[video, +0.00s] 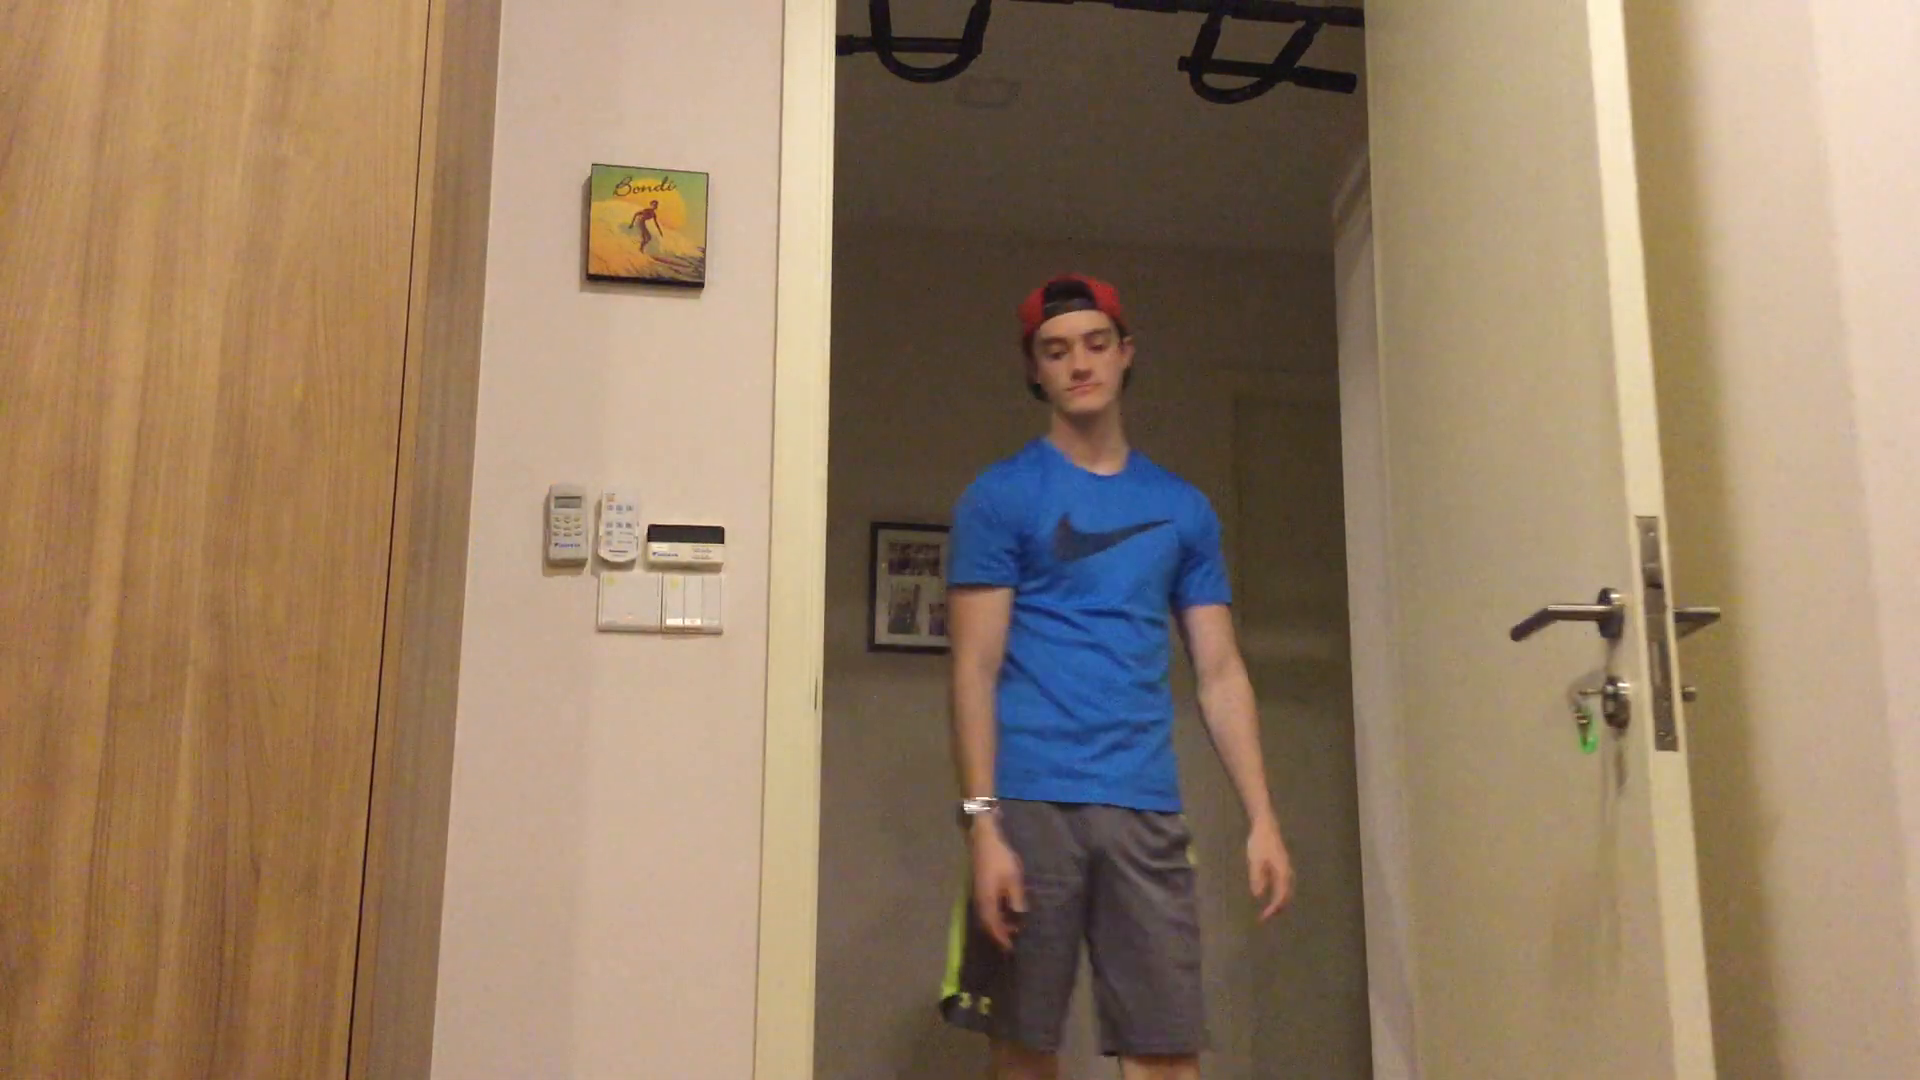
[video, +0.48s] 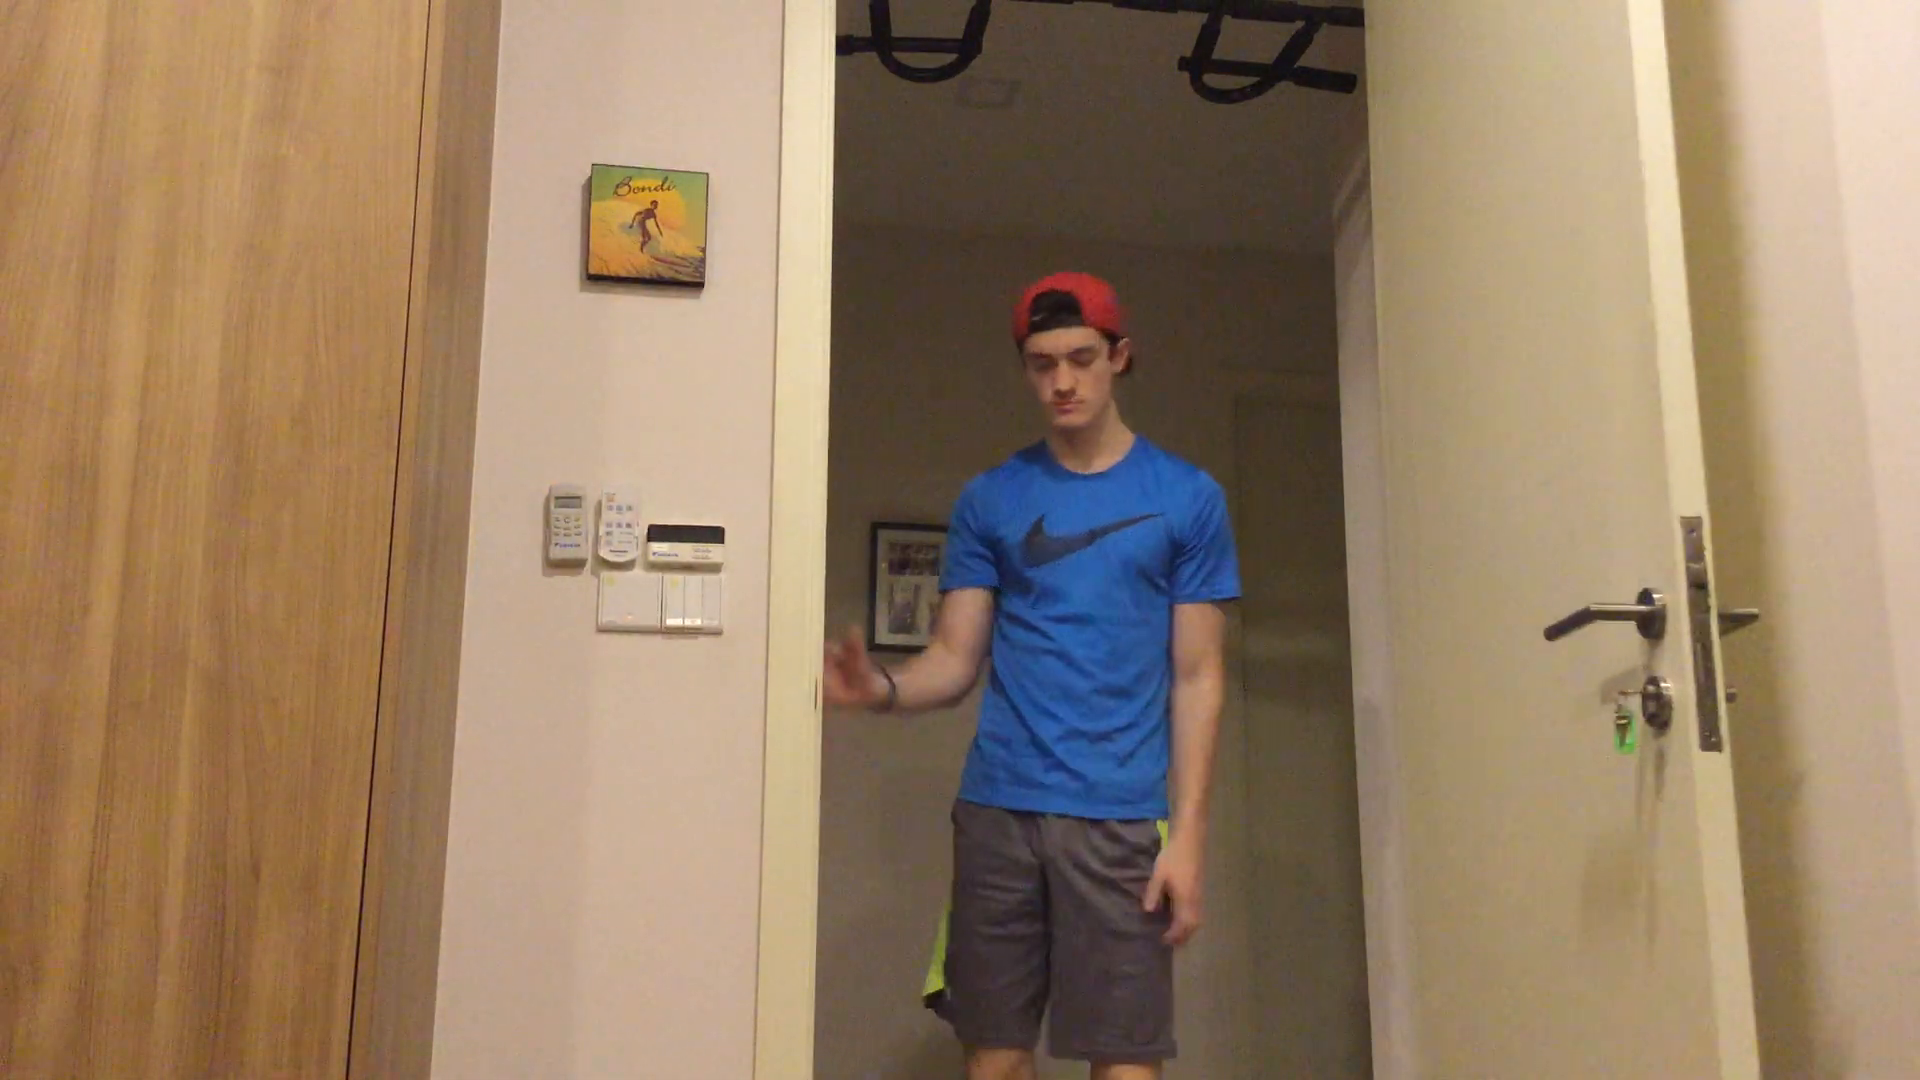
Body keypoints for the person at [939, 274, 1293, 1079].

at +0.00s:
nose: (1079, 361)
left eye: (1095, 342)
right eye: (1057, 348)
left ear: (1126, 354)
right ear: (1035, 372)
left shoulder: (1182, 508)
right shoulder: (1001, 497)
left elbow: (1220, 672)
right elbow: (974, 668)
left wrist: (1262, 818)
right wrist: (982, 823)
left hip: (1148, 814)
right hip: (1031, 812)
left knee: (1168, 1057)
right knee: (1024, 1052)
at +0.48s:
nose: (1062, 383)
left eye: (1080, 359)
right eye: (1043, 364)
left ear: (1119, 359)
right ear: (1025, 372)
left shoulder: (1187, 499)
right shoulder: (989, 500)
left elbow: (1198, 675)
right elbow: (953, 657)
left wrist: (1188, 836)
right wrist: (882, 689)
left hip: (1120, 818)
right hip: (998, 809)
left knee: (1125, 1057)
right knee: (993, 1050)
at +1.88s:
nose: (1120, 326)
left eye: (1140, 322)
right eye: (1107, 326)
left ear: (1181, 370)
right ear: (1089, 376)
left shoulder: (1228, 510)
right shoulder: (1048, 448)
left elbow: (1244, 681)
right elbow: (932, 327)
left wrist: (1334, 787)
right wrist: (933, 173)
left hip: (1167, 794)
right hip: (1050, 776)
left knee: (1158, 1059)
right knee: (1068, 1046)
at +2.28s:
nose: (1079, 319)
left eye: (1098, 316)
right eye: (1065, 320)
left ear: (1137, 364)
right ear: (1044, 367)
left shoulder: (1191, 507)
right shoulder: (1013, 434)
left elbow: (1215, 671)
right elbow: (942, 280)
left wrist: (1316, 762)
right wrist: (933, 116)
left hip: (1138, 780)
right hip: (1024, 765)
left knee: (1136, 1057)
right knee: (1041, 1049)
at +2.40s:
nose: (1061, 313)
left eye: (1080, 311)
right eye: (1047, 314)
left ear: (1116, 357)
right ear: (1024, 361)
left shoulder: (1171, 492)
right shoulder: (992, 430)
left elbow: (1203, 651)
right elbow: (921, 265)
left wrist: (1294, 750)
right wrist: (927, 109)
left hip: (1121, 767)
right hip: (1007, 754)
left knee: (1122, 1046)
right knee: (1015, 1036)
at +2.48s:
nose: (1055, 303)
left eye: (1072, 303)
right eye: (1039, 305)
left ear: (1105, 350)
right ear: (1014, 354)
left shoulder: (1159, 481)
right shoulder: (983, 416)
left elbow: (1193, 640)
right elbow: (916, 251)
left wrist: (1277, 735)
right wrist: (926, 96)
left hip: (1113, 758)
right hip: (999, 745)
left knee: (1121, 1042)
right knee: (1004, 1037)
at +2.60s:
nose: (1041, 289)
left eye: (1059, 288)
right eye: (1027, 291)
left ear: (1093, 343)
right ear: (1002, 339)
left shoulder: (1139, 468)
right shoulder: (968, 392)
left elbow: (1171, 626)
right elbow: (930, 222)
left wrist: (1245, 705)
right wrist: (924, 74)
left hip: (1102, 742)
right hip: (987, 728)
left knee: (1119, 1043)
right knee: (996, 1040)